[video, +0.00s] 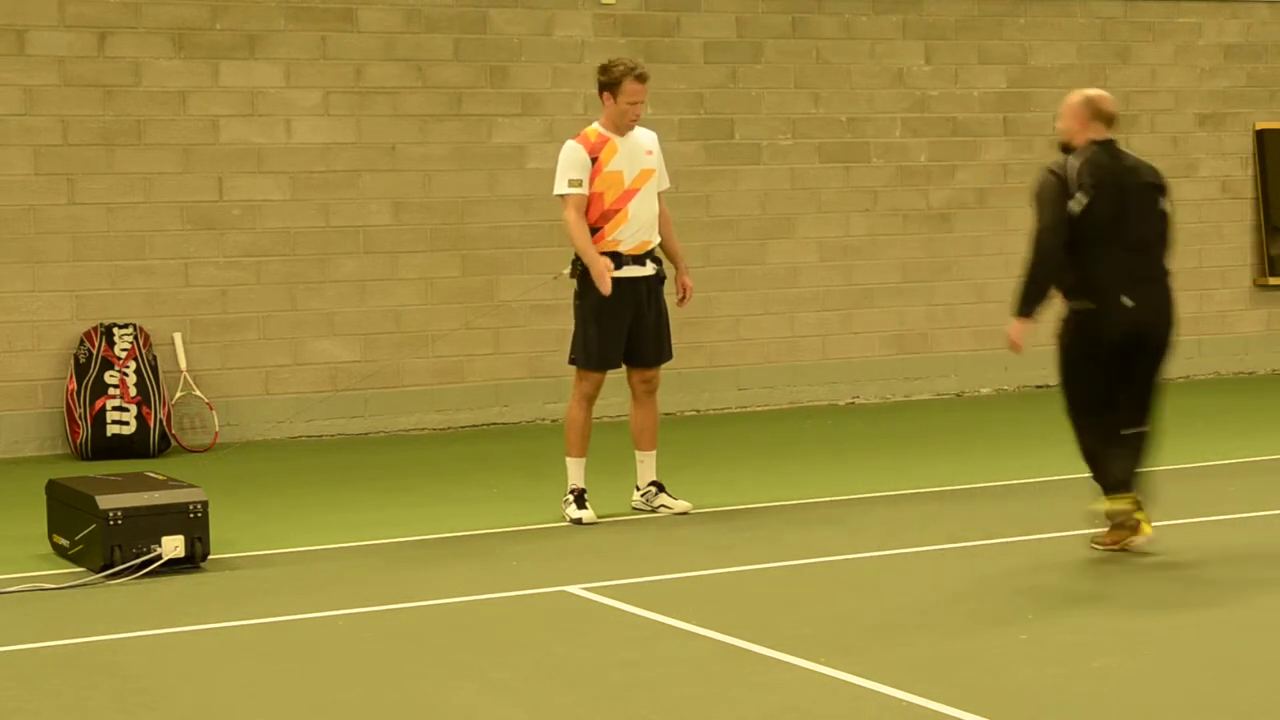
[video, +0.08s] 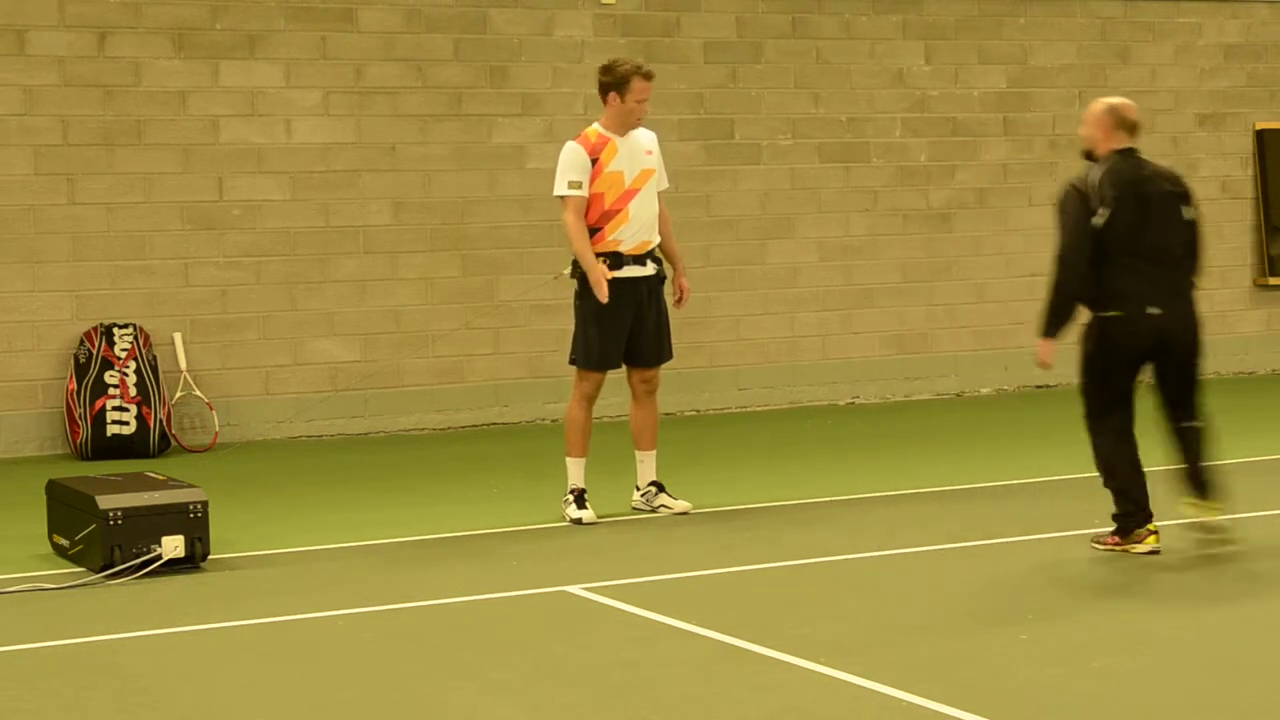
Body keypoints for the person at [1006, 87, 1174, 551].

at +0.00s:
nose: (1059, 126)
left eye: (1065, 118)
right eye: (1061, 117)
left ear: (1085, 122)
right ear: (1106, 122)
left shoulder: (1063, 176)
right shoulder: (1147, 175)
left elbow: (1050, 246)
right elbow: (1156, 245)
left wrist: (1024, 310)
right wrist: (1130, 286)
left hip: (1092, 318)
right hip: (1151, 315)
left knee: (1087, 408)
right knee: (1132, 408)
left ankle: (1125, 508)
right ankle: (1123, 511)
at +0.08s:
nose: (1080, 132)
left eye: (1086, 124)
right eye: (1084, 123)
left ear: (1105, 130)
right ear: (1127, 132)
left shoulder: (1086, 187)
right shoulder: (1172, 183)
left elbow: (1073, 264)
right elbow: (1189, 256)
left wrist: (1049, 331)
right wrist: (1168, 294)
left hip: (1116, 325)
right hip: (1176, 321)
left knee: (1108, 417)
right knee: (1183, 408)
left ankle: (1135, 524)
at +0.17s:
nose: (1104, 137)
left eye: (1110, 129)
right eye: (1107, 128)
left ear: (1133, 134)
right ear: (1153, 135)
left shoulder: (1112, 192)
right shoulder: (1199, 185)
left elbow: (1100, 270)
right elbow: (1222, 259)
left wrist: (1080, 334)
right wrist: (1201, 301)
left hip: (1141, 327)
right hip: (1201, 322)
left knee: (1118, 418)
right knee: (1224, 407)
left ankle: (1136, 524)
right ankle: (1272, 496)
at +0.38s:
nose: (1160, 155)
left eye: (1166, 148)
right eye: (1162, 147)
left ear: (1186, 155)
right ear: (1205, 156)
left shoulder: (1165, 212)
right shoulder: (1253, 201)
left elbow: (1160, 285)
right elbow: (1273, 267)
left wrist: (1160, 338)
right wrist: (1263, 315)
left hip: (1204, 337)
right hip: (1265, 336)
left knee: (1154, 420)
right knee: (1274, 424)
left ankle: (1141, 522)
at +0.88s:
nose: (1106, 140)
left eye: (1111, 131)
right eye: (1108, 131)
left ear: (1132, 136)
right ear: (1155, 137)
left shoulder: (1116, 193)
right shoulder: (1200, 186)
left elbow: (1105, 269)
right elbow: (1226, 258)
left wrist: (1090, 330)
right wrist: (1215, 303)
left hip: (1150, 328)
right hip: (1207, 324)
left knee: (1117, 422)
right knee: (1244, 420)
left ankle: (1135, 525)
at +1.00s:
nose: (1084, 128)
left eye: (1090, 119)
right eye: (1086, 119)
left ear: (1110, 123)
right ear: (1131, 123)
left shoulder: (1093, 182)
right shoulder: (1180, 173)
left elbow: (1080, 260)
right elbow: (1196, 250)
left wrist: (1065, 328)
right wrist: (1173, 289)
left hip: (1125, 320)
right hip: (1185, 313)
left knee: (1116, 420)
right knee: (1190, 412)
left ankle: (1134, 526)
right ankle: (1218, 507)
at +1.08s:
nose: (1072, 125)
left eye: (1075, 116)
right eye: (1074, 116)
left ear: (1094, 118)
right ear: (1120, 116)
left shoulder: (1080, 177)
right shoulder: (1168, 168)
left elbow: (1070, 254)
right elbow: (1181, 243)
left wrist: (1056, 322)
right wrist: (1149, 279)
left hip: (1112, 315)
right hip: (1172, 309)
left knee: (1111, 415)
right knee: (1160, 410)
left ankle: (1130, 524)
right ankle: (1145, 502)